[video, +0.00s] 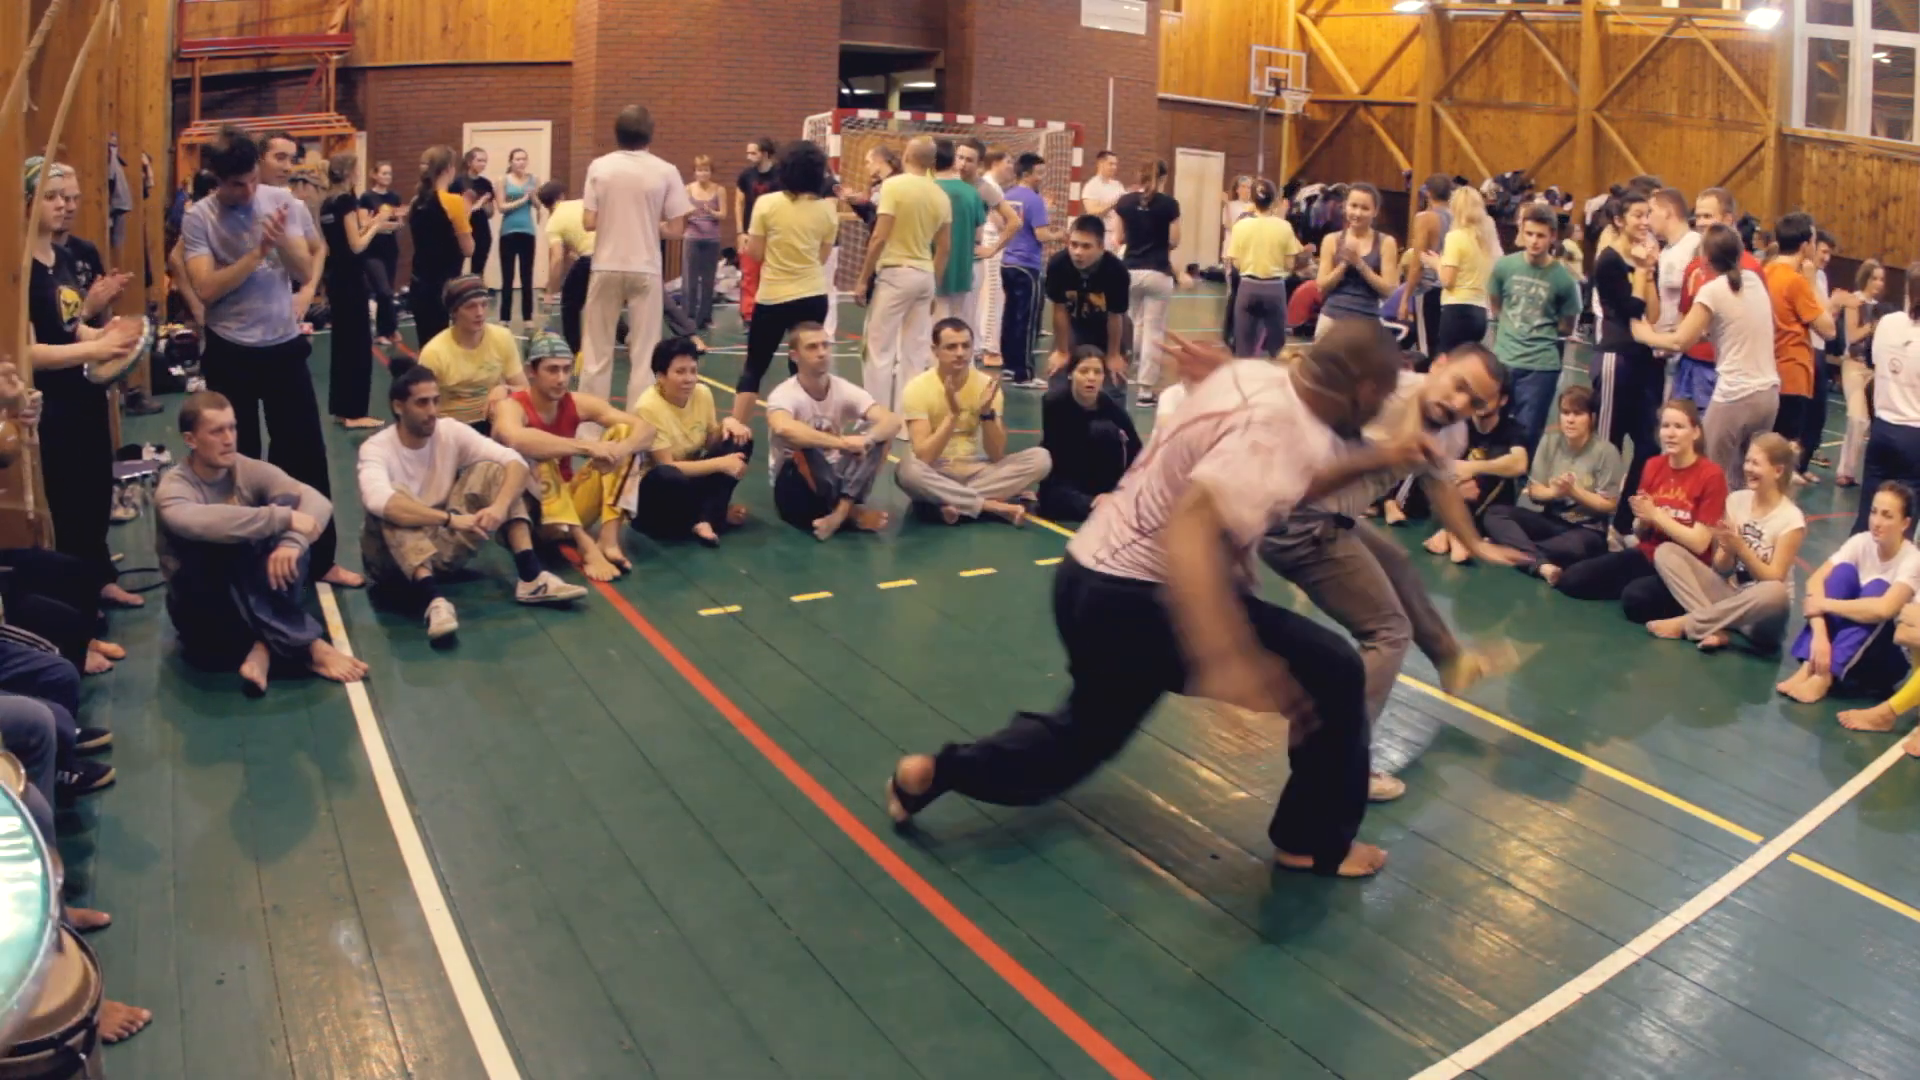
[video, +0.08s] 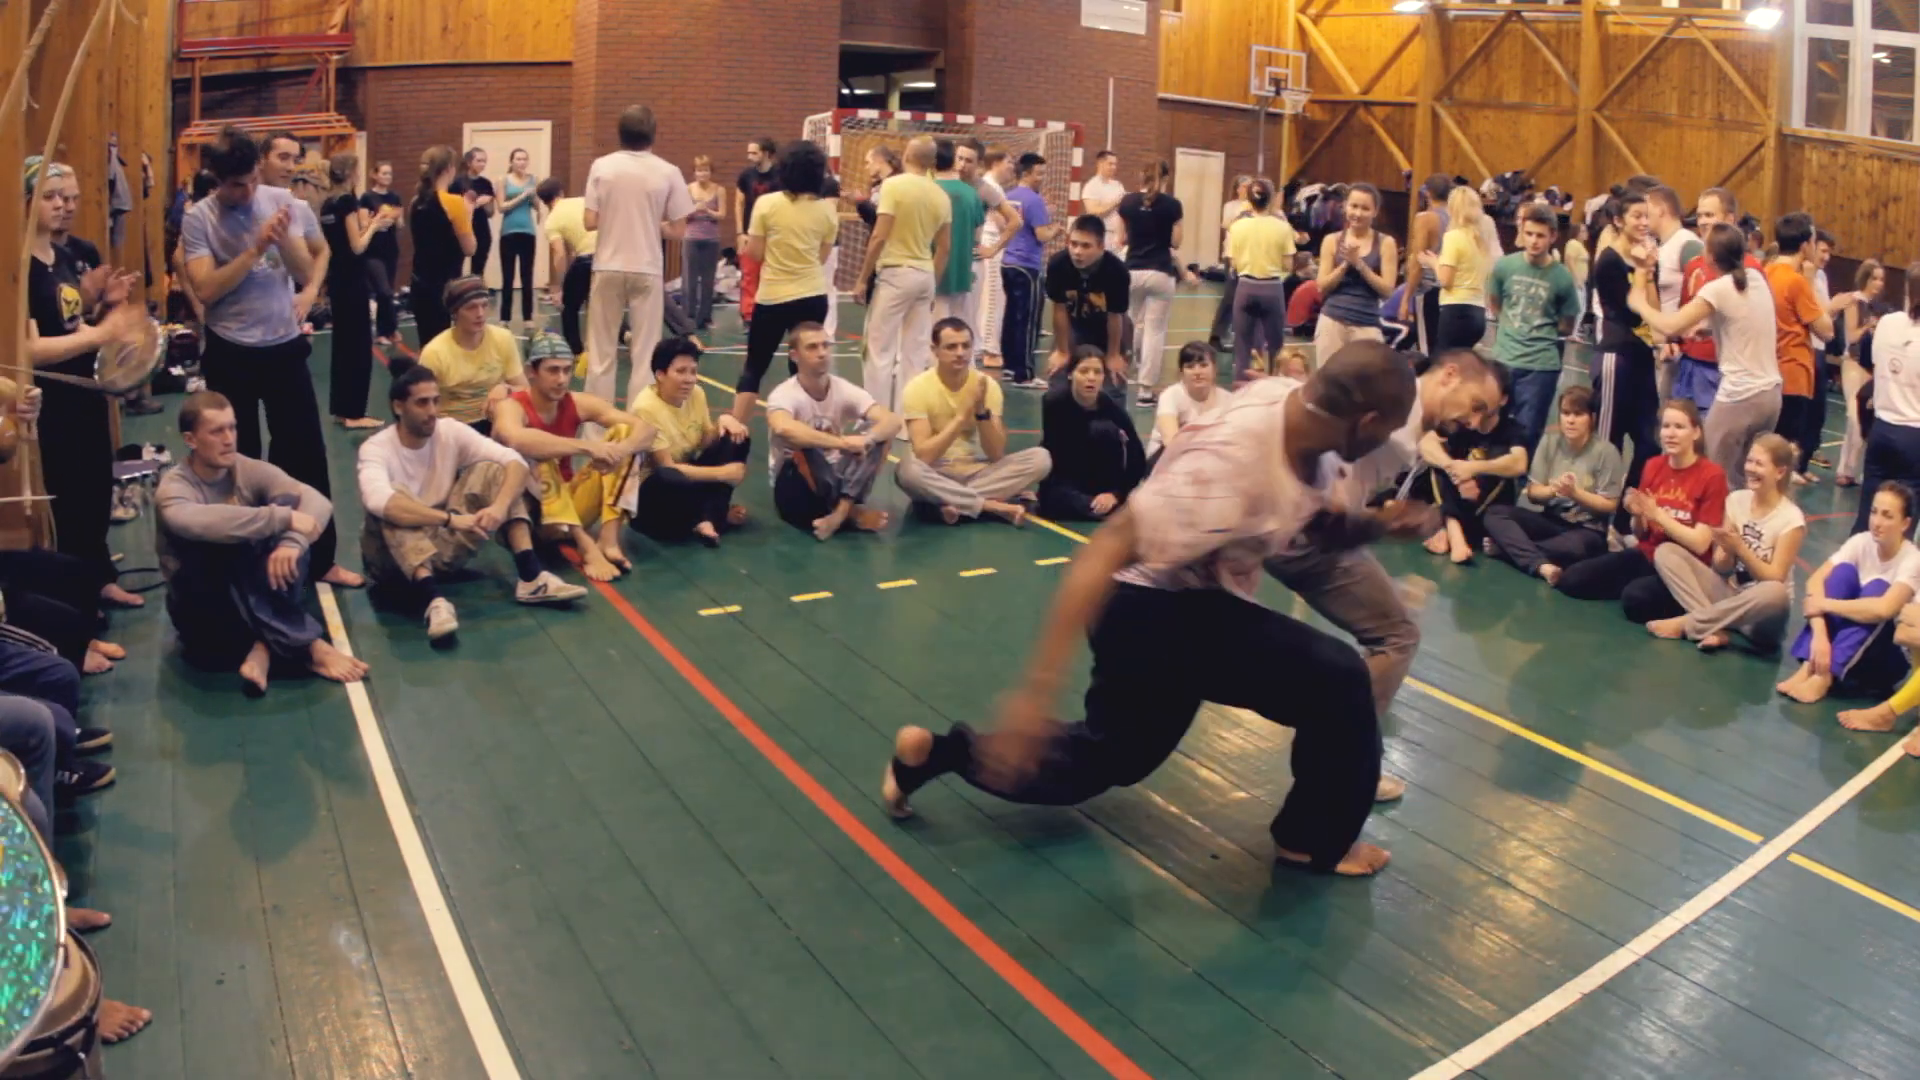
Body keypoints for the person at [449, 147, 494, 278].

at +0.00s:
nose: (483, 164)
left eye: (484, 160)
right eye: (479, 160)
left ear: (487, 162)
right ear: (469, 162)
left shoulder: (486, 184)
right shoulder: (458, 183)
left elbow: (490, 213)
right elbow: (457, 214)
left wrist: (485, 203)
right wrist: (478, 204)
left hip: (481, 229)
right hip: (461, 228)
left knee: (477, 273)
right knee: (455, 271)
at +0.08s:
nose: (482, 164)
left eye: (484, 161)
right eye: (479, 161)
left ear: (486, 162)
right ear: (469, 162)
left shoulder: (486, 184)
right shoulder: (458, 183)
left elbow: (490, 212)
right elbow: (454, 209)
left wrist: (487, 202)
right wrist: (477, 203)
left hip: (481, 229)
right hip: (460, 227)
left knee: (477, 272)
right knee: (456, 270)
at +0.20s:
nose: (482, 164)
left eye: (484, 161)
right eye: (478, 161)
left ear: (486, 162)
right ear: (468, 162)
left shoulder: (485, 183)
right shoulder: (457, 182)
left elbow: (491, 211)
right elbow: (451, 205)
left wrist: (488, 205)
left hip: (480, 224)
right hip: (461, 223)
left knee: (477, 271)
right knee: (455, 268)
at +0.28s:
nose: (482, 164)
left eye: (483, 161)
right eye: (478, 161)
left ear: (485, 162)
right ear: (468, 163)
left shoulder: (485, 183)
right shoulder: (457, 183)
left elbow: (491, 212)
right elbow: (454, 211)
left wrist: (486, 205)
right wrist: (475, 207)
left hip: (481, 229)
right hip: (460, 228)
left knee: (477, 272)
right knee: (456, 270)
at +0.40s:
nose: (482, 164)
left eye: (484, 161)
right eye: (478, 160)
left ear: (486, 162)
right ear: (468, 162)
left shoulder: (485, 183)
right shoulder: (458, 182)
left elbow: (491, 212)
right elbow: (453, 208)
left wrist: (485, 204)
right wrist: (470, 205)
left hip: (480, 229)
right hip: (460, 228)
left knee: (477, 272)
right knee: (456, 269)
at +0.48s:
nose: (482, 164)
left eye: (483, 161)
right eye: (478, 161)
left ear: (486, 162)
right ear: (468, 162)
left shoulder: (485, 183)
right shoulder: (457, 183)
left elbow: (491, 212)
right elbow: (452, 206)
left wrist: (486, 201)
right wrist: (473, 202)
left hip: (481, 225)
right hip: (461, 224)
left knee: (477, 270)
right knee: (456, 267)